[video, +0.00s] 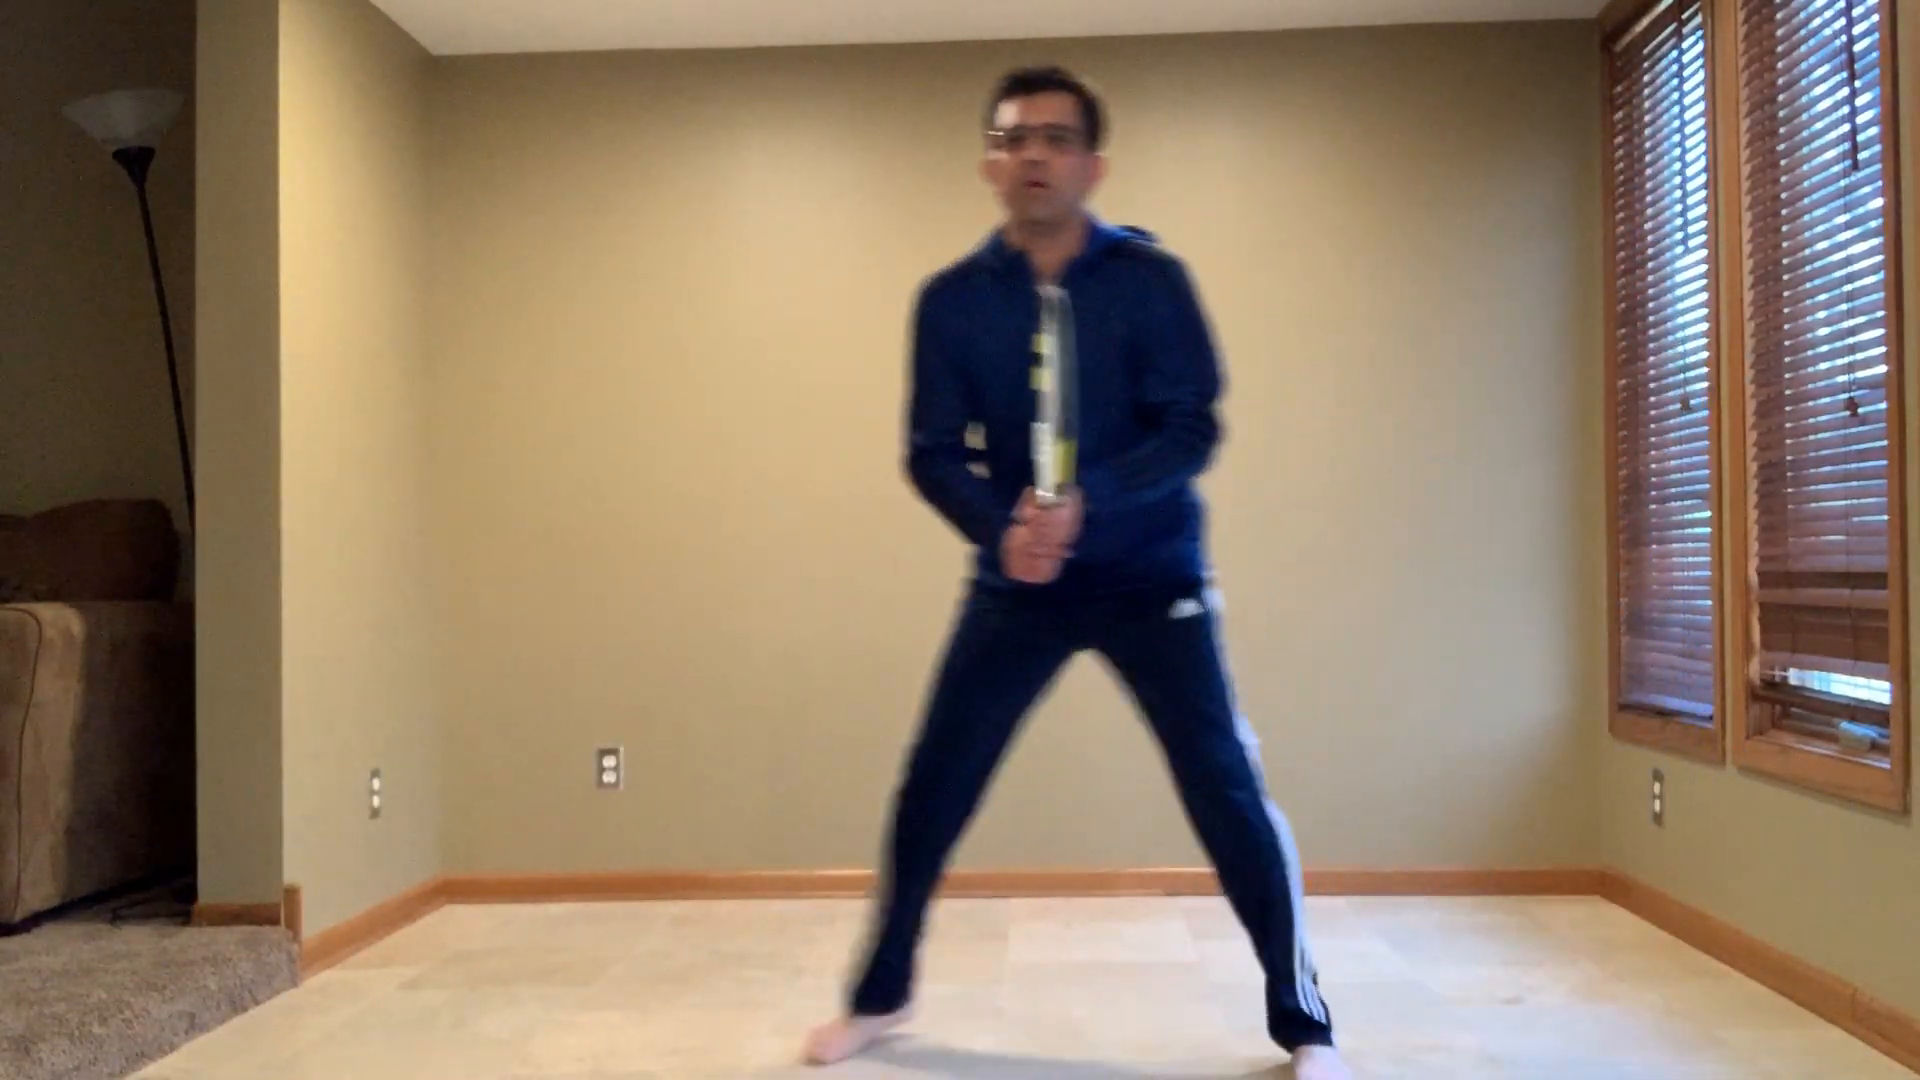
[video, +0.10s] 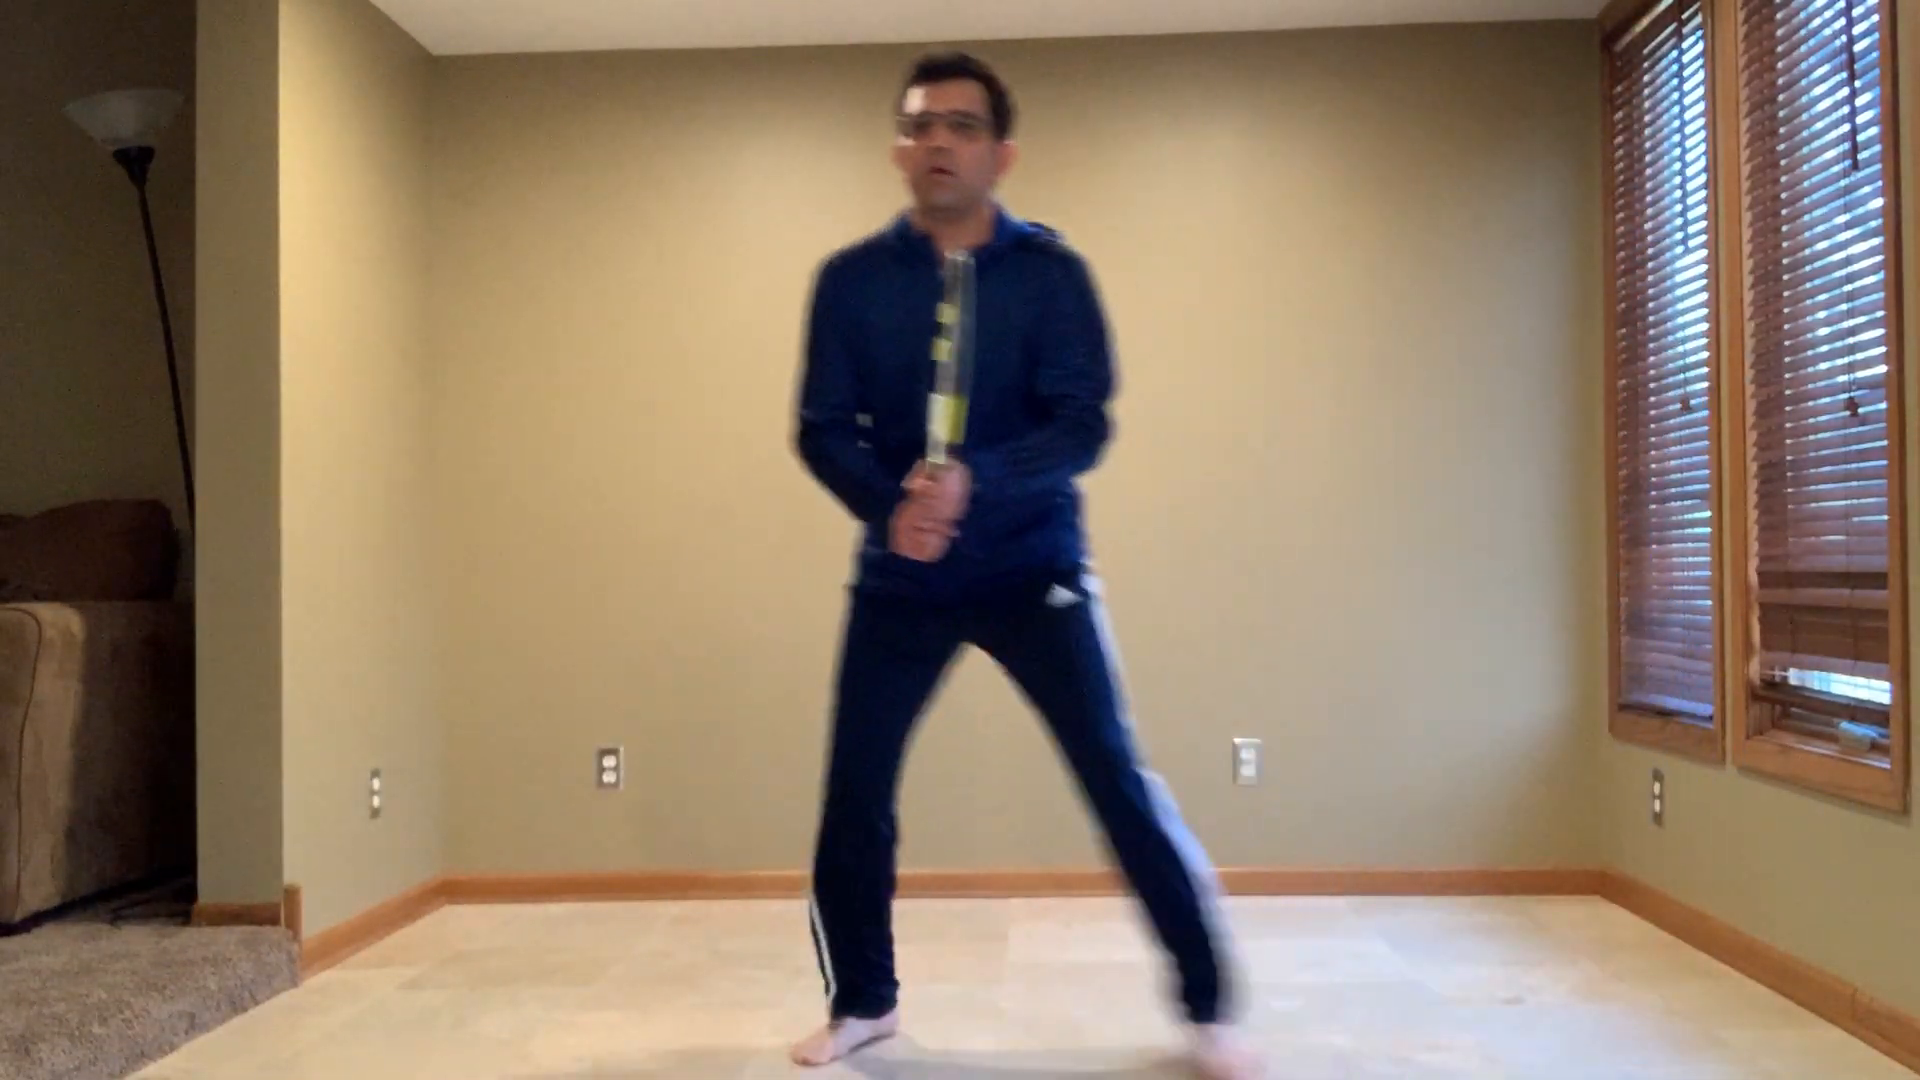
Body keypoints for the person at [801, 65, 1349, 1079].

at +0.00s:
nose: (1028, 157)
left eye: (1052, 140)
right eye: (1010, 139)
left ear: (1094, 164)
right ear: (986, 161)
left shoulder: (1150, 279)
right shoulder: (951, 299)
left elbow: (1193, 429)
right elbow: (932, 455)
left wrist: (1085, 507)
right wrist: (996, 526)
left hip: (1151, 586)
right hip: (1015, 591)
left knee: (1226, 786)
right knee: (931, 788)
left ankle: (1302, 1018)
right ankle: (876, 1001)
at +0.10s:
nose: (934, 145)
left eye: (960, 127)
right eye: (917, 127)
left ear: (1003, 149)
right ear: (897, 147)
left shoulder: (1050, 273)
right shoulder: (851, 279)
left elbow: (1082, 423)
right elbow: (822, 427)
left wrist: (973, 481)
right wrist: (885, 504)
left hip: (1032, 576)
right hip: (901, 582)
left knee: (1114, 779)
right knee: (854, 792)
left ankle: (1211, 1011)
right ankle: (862, 1007)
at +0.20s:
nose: (847, 131)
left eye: (873, 113)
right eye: (832, 113)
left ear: (920, 137)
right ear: (815, 132)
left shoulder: (968, 259)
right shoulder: (771, 258)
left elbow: (990, 411)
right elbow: (736, 403)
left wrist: (878, 466)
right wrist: (793, 482)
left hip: (944, 555)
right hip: (814, 554)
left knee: (977, 754)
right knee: (754, 753)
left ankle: (956, 978)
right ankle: (808, 968)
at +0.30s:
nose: (760, 155)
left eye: (784, 137)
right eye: (748, 137)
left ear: (837, 150)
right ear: (734, 150)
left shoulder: (885, 274)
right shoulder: (692, 273)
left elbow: (909, 427)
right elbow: (657, 417)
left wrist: (789, 473)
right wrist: (712, 493)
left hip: (851, 581)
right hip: (721, 576)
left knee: (877, 794)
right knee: (640, 777)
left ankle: (891, 1002)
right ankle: (600, 986)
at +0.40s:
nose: (677, 171)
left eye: (701, 153)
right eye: (664, 152)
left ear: (753, 166)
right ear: (650, 162)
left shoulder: (795, 288)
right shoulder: (599, 279)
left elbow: (823, 439)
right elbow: (559, 423)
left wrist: (710, 478)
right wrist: (620, 500)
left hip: (759, 594)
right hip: (625, 593)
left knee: (817, 785)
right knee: (556, 791)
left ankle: (890, 1002)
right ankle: (527, 1010)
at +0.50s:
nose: (612, 150)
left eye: (637, 134)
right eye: (598, 131)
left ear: (685, 153)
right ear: (582, 143)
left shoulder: (724, 273)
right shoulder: (522, 257)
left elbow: (751, 422)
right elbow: (476, 403)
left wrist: (635, 463)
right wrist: (543, 482)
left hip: (680, 575)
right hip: (549, 575)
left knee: (719, 769)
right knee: (514, 784)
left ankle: (741, 993)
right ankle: (524, 1004)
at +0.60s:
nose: (561, 125)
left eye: (587, 110)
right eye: (546, 106)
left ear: (630, 132)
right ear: (527, 119)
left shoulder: (673, 250)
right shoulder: (468, 233)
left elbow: (703, 401)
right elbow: (424, 376)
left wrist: (580, 444)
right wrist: (485, 459)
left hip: (620, 549)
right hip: (491, 544)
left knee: (619, 758)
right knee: (445, 752)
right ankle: (465, 973)